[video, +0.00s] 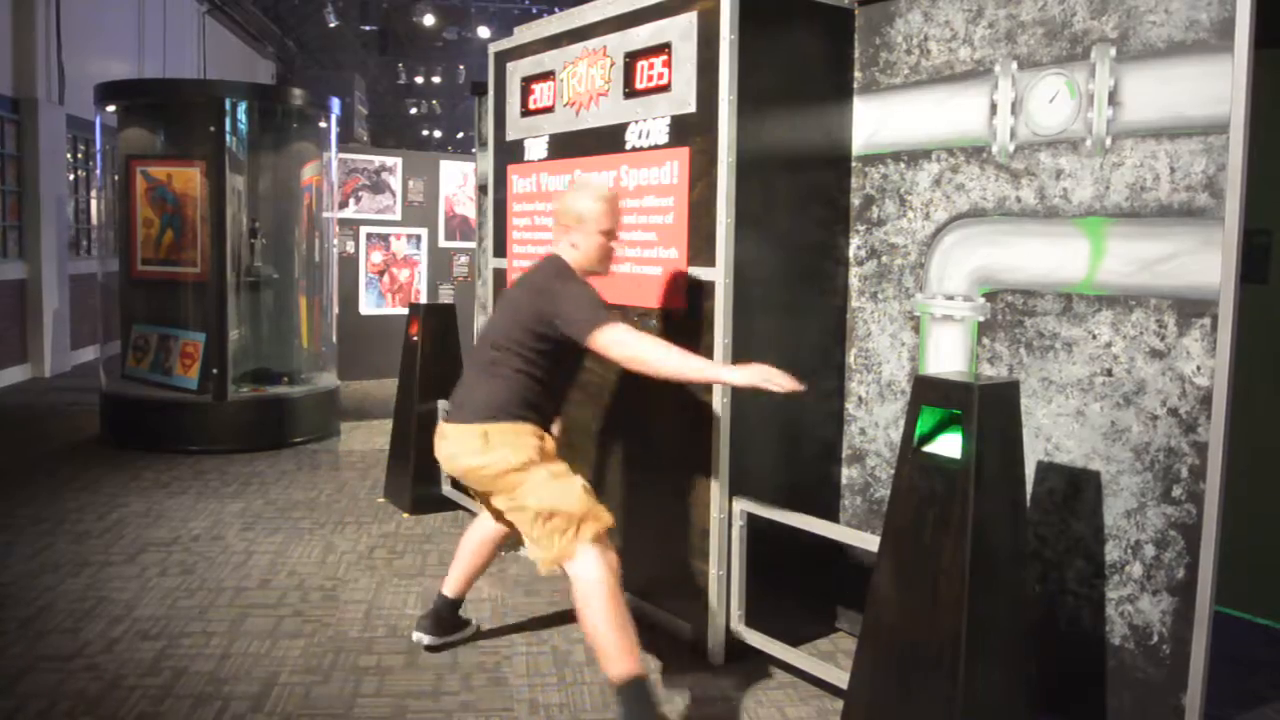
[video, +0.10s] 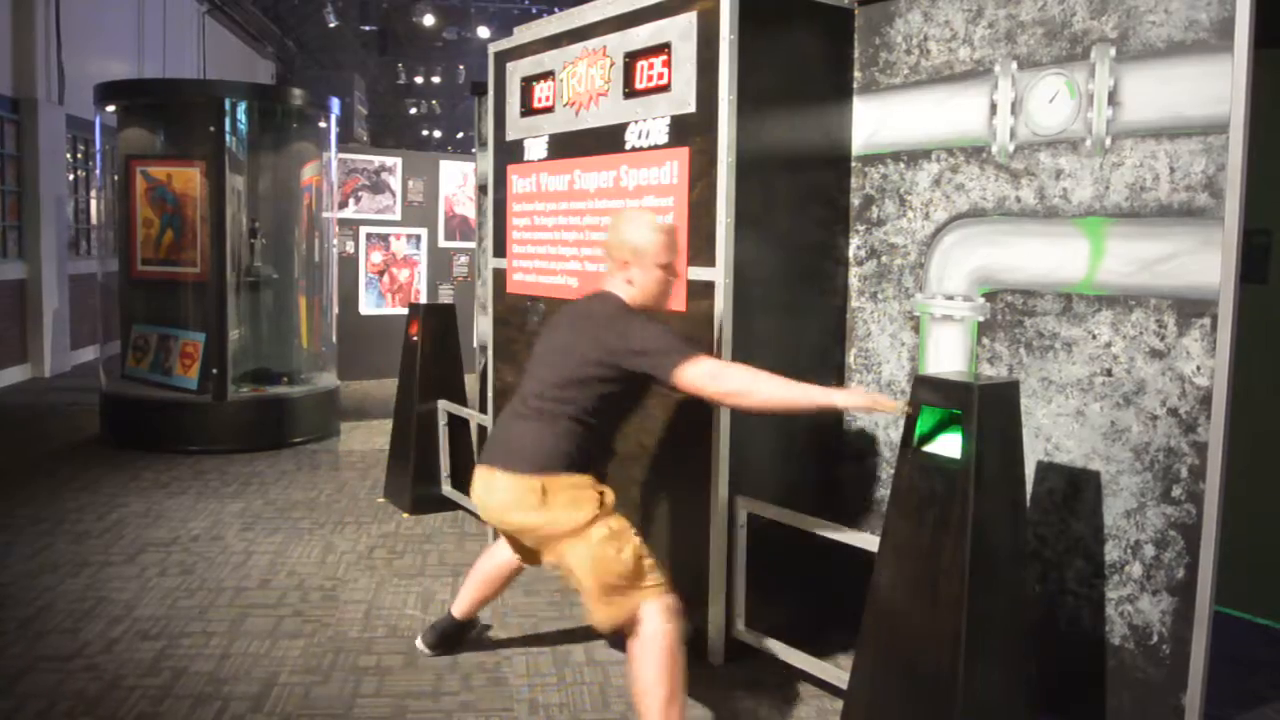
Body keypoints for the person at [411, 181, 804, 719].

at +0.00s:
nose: (615, 244)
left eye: (615, 234)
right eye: (607, 234)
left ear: (571, 233)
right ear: (569, 233)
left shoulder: (537, 279)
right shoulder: (565, 289)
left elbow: (511, 360)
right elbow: (634, 351)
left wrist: (540, 421)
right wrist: (735, 373)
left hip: (459, 433)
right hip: (500, 437)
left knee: (504, 509)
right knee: (587, 543)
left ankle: (439, 617)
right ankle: (638, 706)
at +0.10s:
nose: (673, 281)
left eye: (673, 269)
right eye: (666, 269)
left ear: (620, 266)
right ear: (625, 268)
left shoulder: (567, 313)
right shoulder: (633, 330)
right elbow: (717, 380)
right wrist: (839, 398)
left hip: (492, 481)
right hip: (554, 492)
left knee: (516, 542)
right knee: (655, 611)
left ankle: (450, 626)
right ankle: (664, 716)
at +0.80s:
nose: (517, 167)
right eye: (517, 160)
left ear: (471, 176)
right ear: (516, 166)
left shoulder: (456, 230)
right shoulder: (525, 210)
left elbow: (415, 261)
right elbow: (521, 252)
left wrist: (441, 273)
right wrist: (559, 295)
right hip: (503, 369)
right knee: (576, 478)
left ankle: (489, 629)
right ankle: (514, 622)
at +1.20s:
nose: (424, 230)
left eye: (418, 225)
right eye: (423, 224)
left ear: (384, 234)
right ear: (420, 226)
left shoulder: (375, 274)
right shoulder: (427, 258)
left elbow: (361, 330)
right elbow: (449, 294)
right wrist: (508, 338)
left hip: (352, 389)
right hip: (391, 394)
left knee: (371, 451)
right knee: (457, 477)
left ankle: (332, 514)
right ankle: (408, 585)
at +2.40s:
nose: (390, 147)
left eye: (385, 138)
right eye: (381, 140)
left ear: (348, 155)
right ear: (353, 154)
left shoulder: (342, 198)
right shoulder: (363, 194)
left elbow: (331, 257)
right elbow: (383, 239)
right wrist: (473, 240)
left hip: (356, 359)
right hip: (368, 362)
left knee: (350, 462)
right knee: (382, 475)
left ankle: (303, 548)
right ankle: (299, 548)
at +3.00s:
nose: (699, 325)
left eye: (697, 314)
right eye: (692, 316)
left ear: (631, 306)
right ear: (654, 316)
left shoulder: (566, 316)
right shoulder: (661, 380)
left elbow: (485, 340)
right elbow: (777, 429)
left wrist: (425, 391)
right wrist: (898, 438)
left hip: (418, 441)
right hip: (473, 481)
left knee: (388, 550)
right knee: (589, 600)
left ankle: (300, 628)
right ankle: (534, 719)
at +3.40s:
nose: (761, 301)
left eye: (732, 265)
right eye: (767, 296)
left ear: (704, 270)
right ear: (761, 304)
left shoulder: (633, 288)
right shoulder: (735, 356)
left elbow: (534, 291)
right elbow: (823, 436)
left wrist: (453, 319)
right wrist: (909, 455)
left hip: (470, 426)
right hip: (537, 472)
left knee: (432, 496)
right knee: (639, 606)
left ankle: (330, 564)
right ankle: (604, 719)